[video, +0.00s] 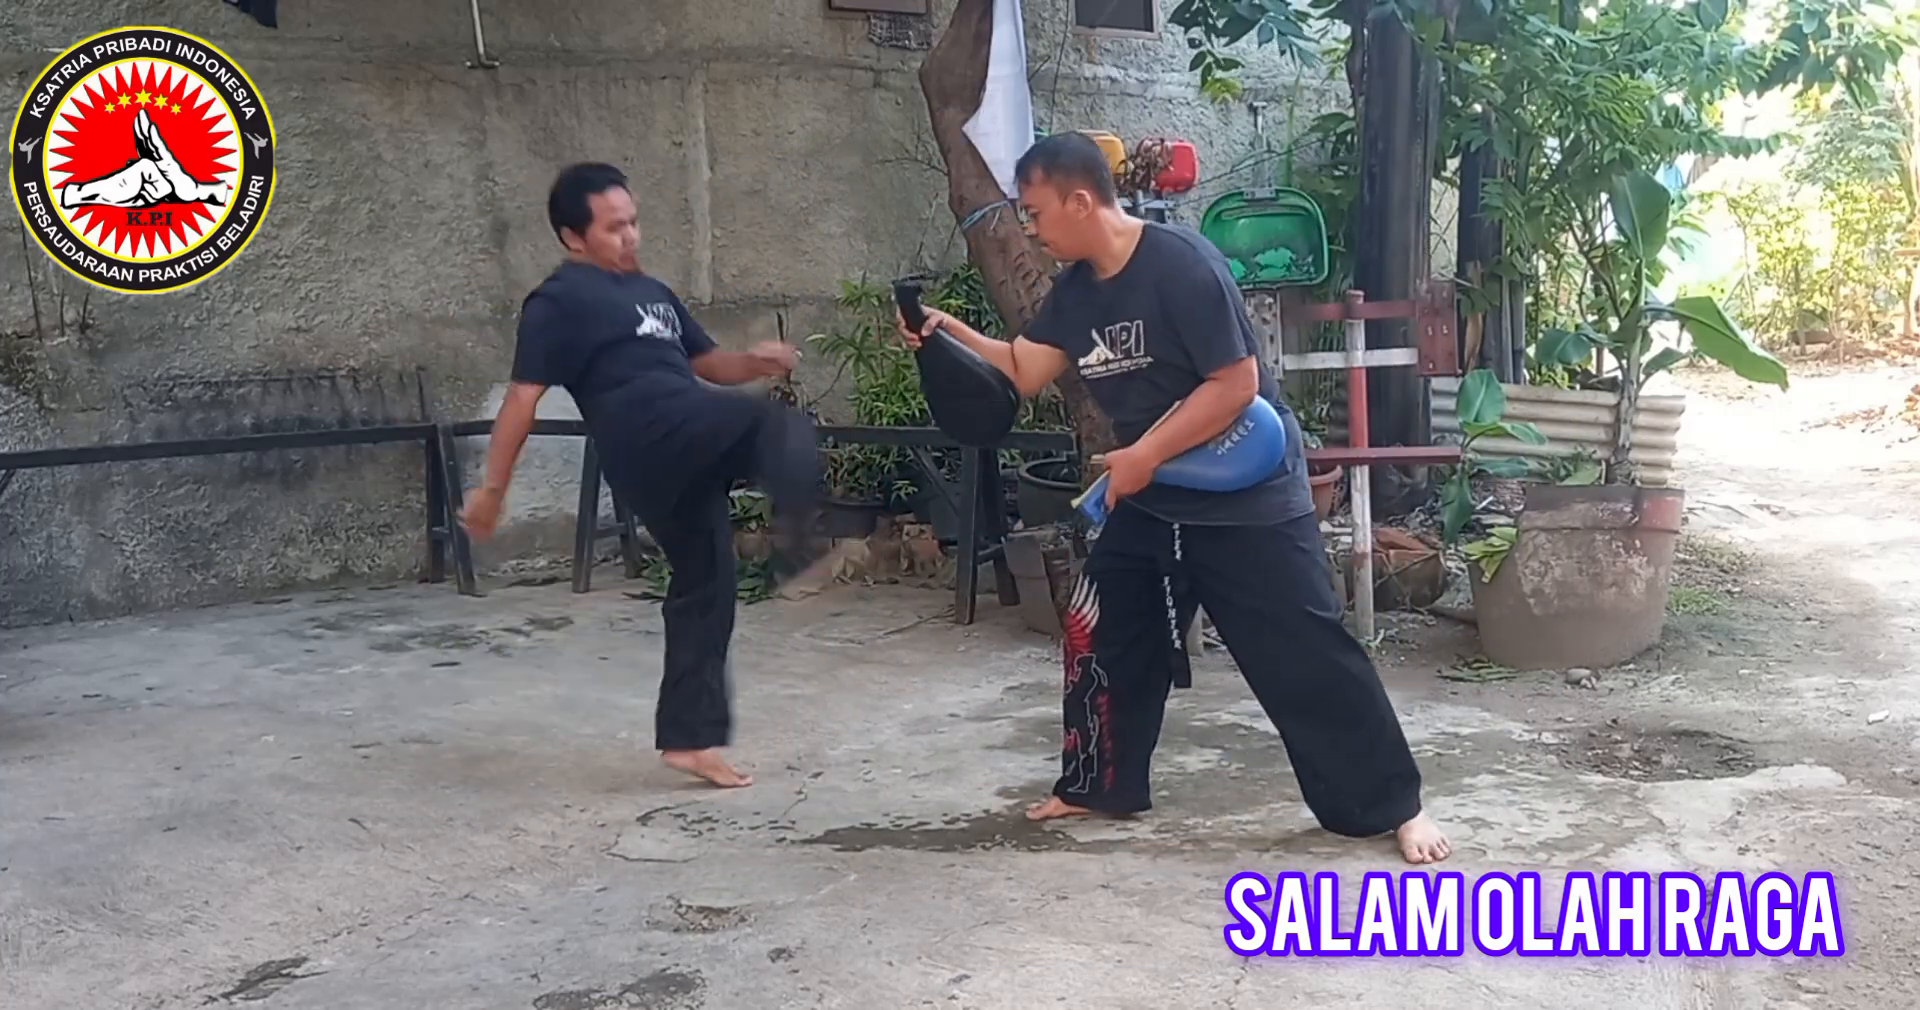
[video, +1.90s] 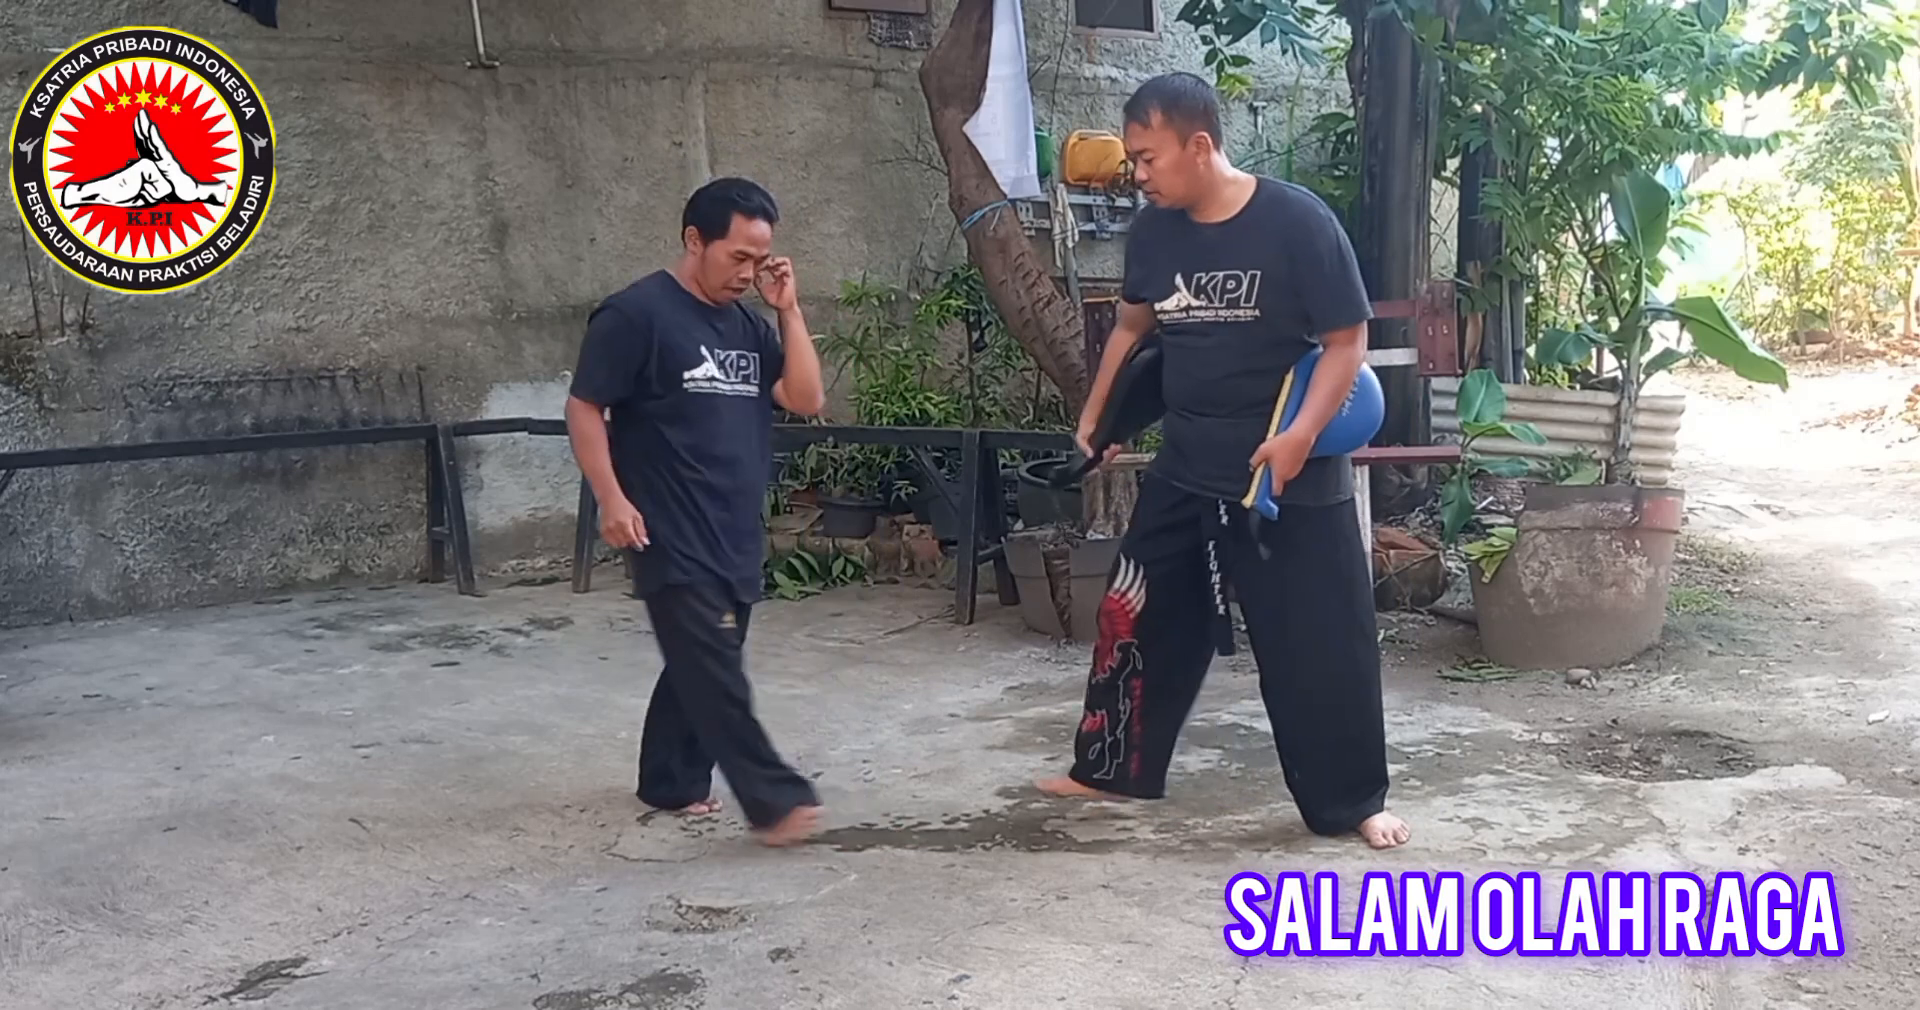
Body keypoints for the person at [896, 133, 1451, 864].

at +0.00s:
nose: (1031, 230)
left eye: (1035, 213)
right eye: (1026, 215)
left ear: (1083, 200)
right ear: (1073, 205)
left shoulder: (1183, 262)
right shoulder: (1071, 288)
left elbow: (1235, 383)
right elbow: (1023, 369)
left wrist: (1146, 453)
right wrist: (946, 330)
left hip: (1246, 493)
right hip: (1147, 494)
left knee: (1311, 641)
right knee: (1108, 637)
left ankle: (1400, 805)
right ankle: (1105, 785)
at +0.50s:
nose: (1105, 206)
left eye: (1111, 188)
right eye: (1101, 191)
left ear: (1168, 175)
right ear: (1157, 181)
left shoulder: (1245, 255)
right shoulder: (1152, 252)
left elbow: (1274, 383)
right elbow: (1114, 333)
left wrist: (1172, 442)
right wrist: (1038, 303)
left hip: (1273, 499)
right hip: (1185, 492)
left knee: (1323, 652)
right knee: (1149, 637)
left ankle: (1410, 806)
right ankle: (1121, 781)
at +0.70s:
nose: (1166, 178)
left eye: (1177, 163)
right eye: (1164, 163)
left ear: (1233, 161)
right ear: (1216, 163)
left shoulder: (1298, 250)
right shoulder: (1211, 234)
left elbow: (1321, 384)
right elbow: (1224, 357)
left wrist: (1216, 437)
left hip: (1293, 500)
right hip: (1213, 487)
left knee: (1331, 656)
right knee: (1170, 638)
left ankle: (1410, 810)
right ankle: (1130, 779)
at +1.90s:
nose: (1139, 176)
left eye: (1148, 159)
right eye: (1134, 161)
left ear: (1202, 145)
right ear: (1168, 154)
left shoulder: (1298, 220)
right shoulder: (1154, 230)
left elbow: (1348, 341)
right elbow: (1133, 323)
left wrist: (1302, 436)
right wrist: (1096, 406)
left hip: (1296, 474)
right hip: (1187, 472)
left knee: (1330, 638)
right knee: (1135, 611)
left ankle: (1357, 801)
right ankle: (1115, 768)